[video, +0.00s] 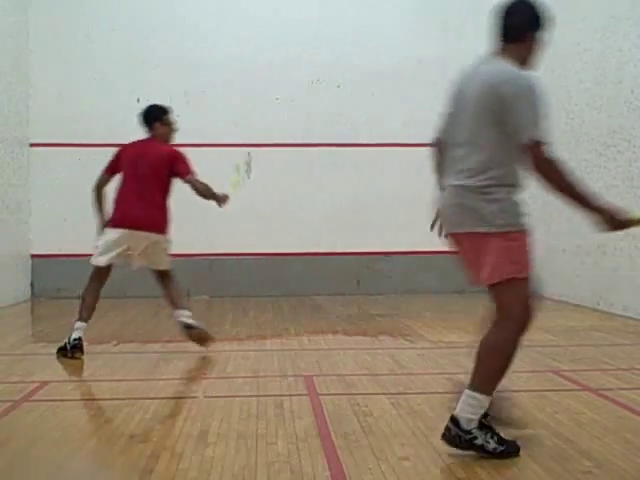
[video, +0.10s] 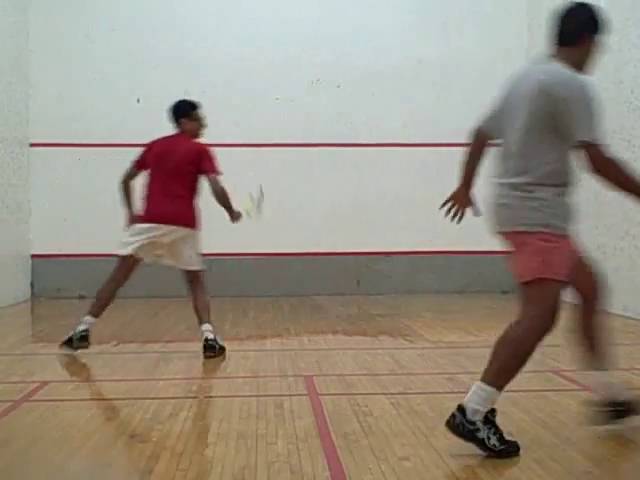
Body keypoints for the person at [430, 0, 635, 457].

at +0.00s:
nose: (540, 45)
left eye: (539, 36)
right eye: (539, 36)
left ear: (503, 33)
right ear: (530, 37)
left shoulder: (472, 76)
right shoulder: (517, 82)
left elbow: (440, 145)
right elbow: (538, 159)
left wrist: (446, 200)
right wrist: (599, 210)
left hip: (459, 210)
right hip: (491, 211)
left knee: (512, 303)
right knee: (515, 311)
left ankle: (477, 394)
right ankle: (466, 422)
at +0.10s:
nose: (595, 51)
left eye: (594, 43)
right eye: (595, 43)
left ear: (558, 36)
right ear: (585, 41)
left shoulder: (526, 76)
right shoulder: (571, 85)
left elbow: (481, 134)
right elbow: (599, 161)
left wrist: (464, 187)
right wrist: (636, 190)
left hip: (514, 209)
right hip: (537, 214)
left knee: (588, 284)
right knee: (539, 313)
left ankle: (606, 392)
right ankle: (473, 412)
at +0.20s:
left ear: (613, 52)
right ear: (634, 56)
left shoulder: (581, 88)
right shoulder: (620, 96)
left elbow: (526, 132)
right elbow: (634, 151)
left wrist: (500, 183)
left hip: (585, 230)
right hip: (587, 231)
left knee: (637, 294)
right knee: (570, 322)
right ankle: (486, 400)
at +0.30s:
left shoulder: (628, 121)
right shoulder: (628, 122)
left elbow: (586, 147)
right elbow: (587, 146)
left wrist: (550, 202)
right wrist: (552, 202)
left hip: (619, 251)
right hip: (628, 252)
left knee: (616, 342)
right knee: (616, 342)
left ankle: (519, 388)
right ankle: (519, 389)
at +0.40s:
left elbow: (632, 174)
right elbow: (633, 174)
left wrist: (603, 230)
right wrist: (603, 230)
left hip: (631, 248)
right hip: (634, 248)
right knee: (635, 357)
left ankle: (567, 393)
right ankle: (566, 392)